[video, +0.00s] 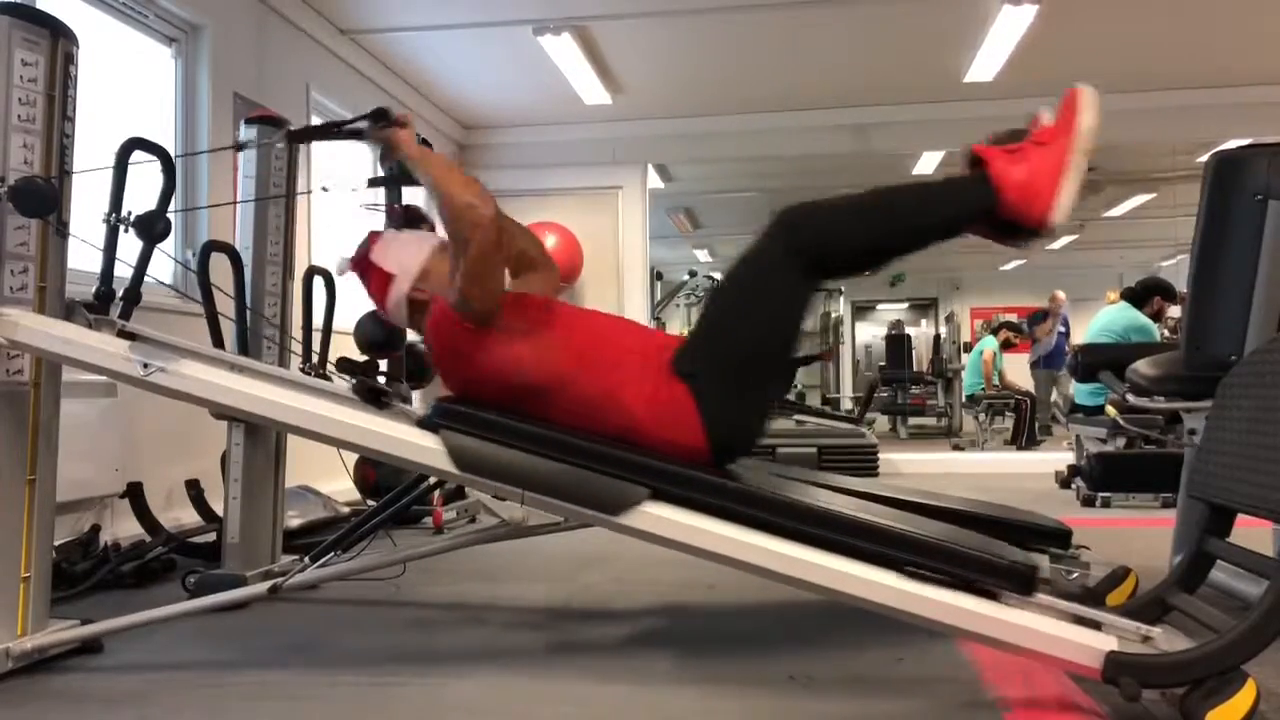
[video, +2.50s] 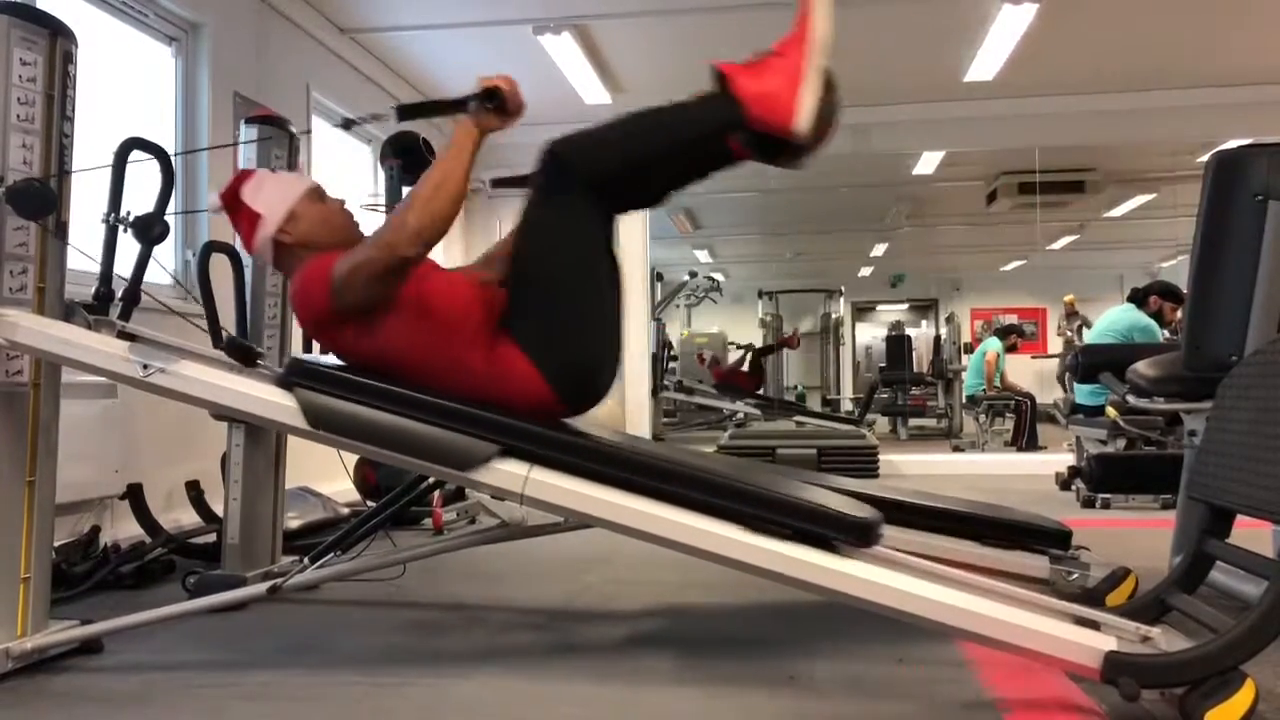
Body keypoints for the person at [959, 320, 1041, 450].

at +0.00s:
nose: (1017, 342)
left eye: (1018, 339)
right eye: (1015, 337)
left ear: (1004, 333)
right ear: (1004, 332)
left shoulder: (997, 350)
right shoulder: (991, 341)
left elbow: (1003, 381)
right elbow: (987, 360)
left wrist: (1019, 389)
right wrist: (989, 390)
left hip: (985, 391)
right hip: (976, 393)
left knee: (1029, 398)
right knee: (1025, 401)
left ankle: (1028, 439)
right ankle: (1022, 443)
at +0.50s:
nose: (1015, 343)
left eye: (1017, 339)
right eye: (1016, 338)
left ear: (1008, 337)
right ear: (1009, 336)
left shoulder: (997, 350)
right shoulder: (991, 342)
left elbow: (1004, 382)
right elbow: (987, 361)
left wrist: (1020, 390)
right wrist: (989, 390)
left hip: (984, 392)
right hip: (976, 393)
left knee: (1027, 399)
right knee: (1026, 400)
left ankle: (1020, 441)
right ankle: (1025, 443)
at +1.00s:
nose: (1016, 343)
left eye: (1017, 339)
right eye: (1016, 338)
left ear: (1008, 337)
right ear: (1010, 337)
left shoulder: (997, 350)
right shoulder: (992, 342)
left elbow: (1004, 382)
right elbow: (988, 360)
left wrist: (1019, 390)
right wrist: (989, 389)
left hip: (983, 392)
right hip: (976, 393)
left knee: (1027, 399)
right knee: (1026, 400)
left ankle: (1019, 442)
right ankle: (1027, 444)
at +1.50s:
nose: (1017, 342)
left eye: (1018, 339)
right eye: (1017, 338)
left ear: (1009, 337)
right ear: (1011, 336)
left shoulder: (999, 349)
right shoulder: (994, 342)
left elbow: (1004, 383)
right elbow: (989, 361)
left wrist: (1019, 390)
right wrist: (989, 390)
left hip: (982, 393)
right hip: (976, 393)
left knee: (1026, 399)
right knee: (1027, 400)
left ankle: (1018, 442)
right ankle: (1027, 445)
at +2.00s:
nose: (1019, 342)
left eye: (1020, 339)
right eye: (1019, 338)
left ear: (1011, 337)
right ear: (1013, 337)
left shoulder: (999, 348)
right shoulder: (995, 343)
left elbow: (1004, 382)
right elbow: (990, 361)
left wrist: (1019, 389)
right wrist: (990, 389)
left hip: (982, 393)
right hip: (977, 393)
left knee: (1026, 399)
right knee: (1027, 400)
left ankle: (1018, 442)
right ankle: (1027, 444)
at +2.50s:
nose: (1019, 343)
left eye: (1020, 339)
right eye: (1019, 339)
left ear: (1010, 338)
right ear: (1012, 337)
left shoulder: (999, 350)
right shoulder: (994, 342)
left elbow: (1004, 382)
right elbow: (989, 361)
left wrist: (1020, 390)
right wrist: (990, 390)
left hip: (983, 393)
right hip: (977, 394)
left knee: (1026, 400)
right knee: (1027, 400)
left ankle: (1018, 443)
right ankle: (1026, 445)